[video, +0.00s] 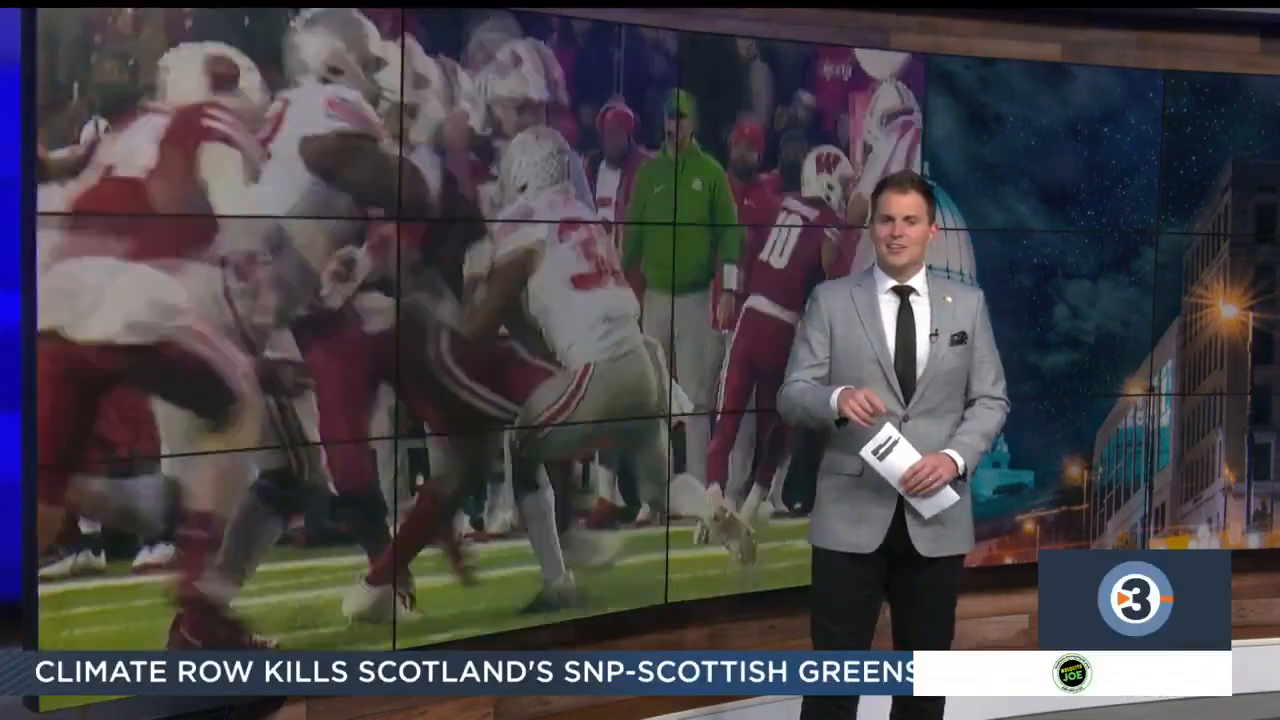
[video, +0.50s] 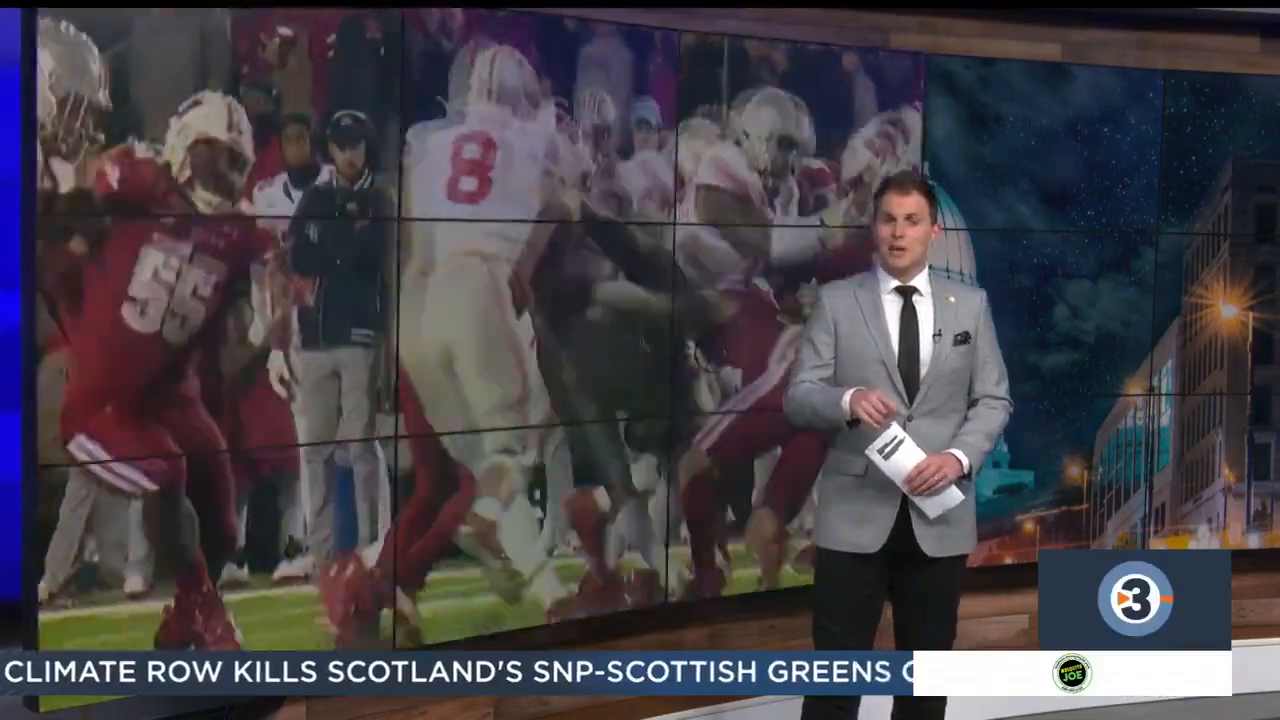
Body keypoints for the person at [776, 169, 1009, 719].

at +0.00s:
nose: (895, 231)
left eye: (909, 220)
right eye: (885, 220)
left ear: (932, 230)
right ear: (871, 228)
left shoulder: (966, 302)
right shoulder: (830, 300)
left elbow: (990, 400)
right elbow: (793, 394)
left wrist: (954, 457)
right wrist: (835, 399)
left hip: (935, 515)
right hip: (849, 513)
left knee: (927, 675)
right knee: (834, 672)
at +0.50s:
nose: (897, 232)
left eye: (911, 220)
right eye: (887, 220)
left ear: (934, 230)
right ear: (874, 229)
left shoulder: (970, 303)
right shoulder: (835, 301)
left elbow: (993, 401)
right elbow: (799, 397)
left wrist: (958, 456)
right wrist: (845, 400)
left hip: (938, 515)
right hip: (853, 512)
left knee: (927, 674)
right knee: (835, 672)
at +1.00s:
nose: (906, 233)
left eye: (919, 221)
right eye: (895, 220)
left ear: (937, 230)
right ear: (877, 228)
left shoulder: (972, 305)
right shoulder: (839, 301)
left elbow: (995, 402)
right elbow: (799, 378)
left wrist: (963, 457)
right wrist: (789, 398)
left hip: (938, 514)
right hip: (852, 512)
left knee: (928, 673)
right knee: (836, 671)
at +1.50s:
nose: (901, 233)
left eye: (914, 220)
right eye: (890, 221)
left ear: (935, 229)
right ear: (875, 230)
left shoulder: (972, 304)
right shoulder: (837, 300)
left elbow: (997, 401)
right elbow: (796, 381)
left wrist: (960, 457)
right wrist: (798, 400)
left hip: (937, 515)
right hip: (853, 513)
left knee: (928, 674)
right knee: (835, 671)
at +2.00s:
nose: (897, 231)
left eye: (911, 220)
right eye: (887, 220)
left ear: (932, 230)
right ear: (873, 229)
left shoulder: (970, 303)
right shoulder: (835, 301)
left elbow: (994, 401)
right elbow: (792, 407)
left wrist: (960, 457)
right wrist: (798, 394)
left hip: (937, 514)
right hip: (852, 512)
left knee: (929, 673)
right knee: (835, 671)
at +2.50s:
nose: (898, 232)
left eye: (910, 221)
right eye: (886, 220)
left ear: (931, 230)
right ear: (870, 230)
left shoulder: (970, 303)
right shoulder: (833, 302)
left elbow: (996, 400)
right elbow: (796, 393)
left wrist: (962, 456)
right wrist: (856, 427)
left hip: (937, 517)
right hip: (852, 515)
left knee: (928, 674)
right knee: (835, 672)